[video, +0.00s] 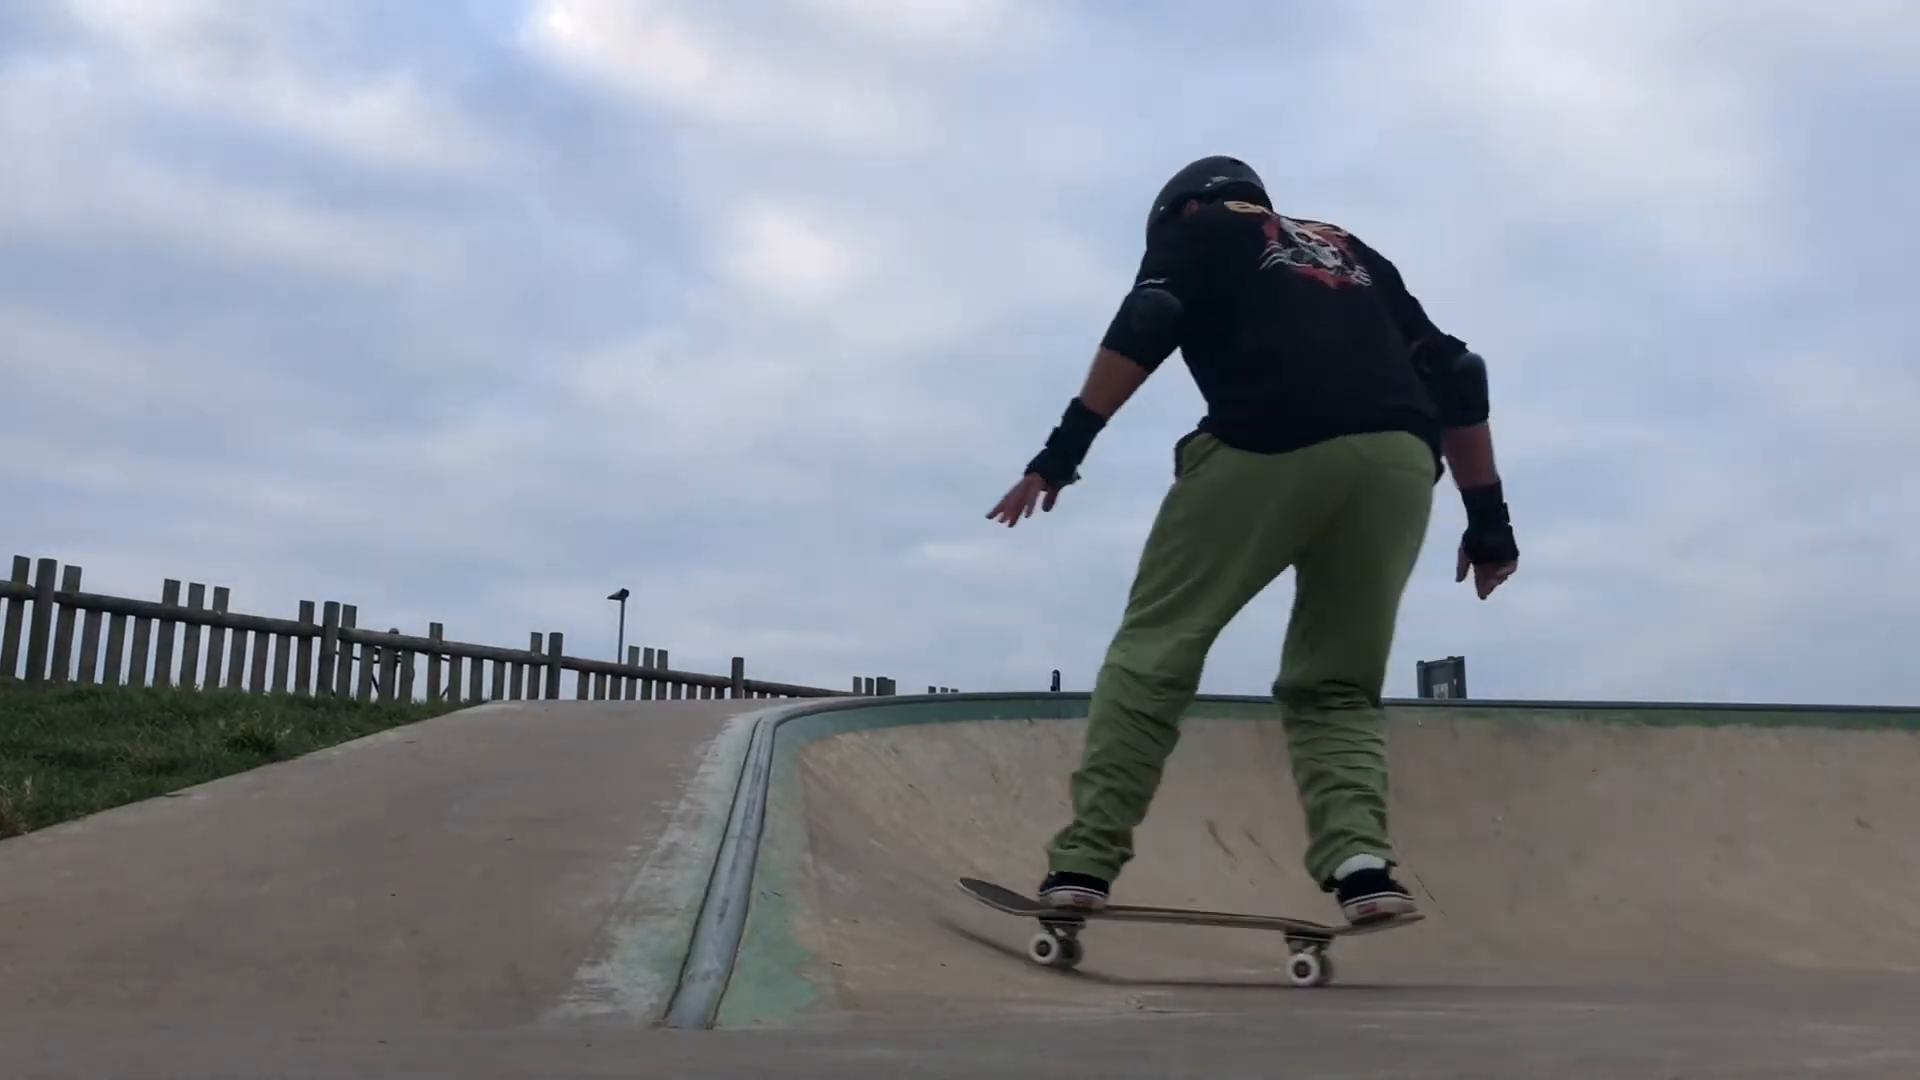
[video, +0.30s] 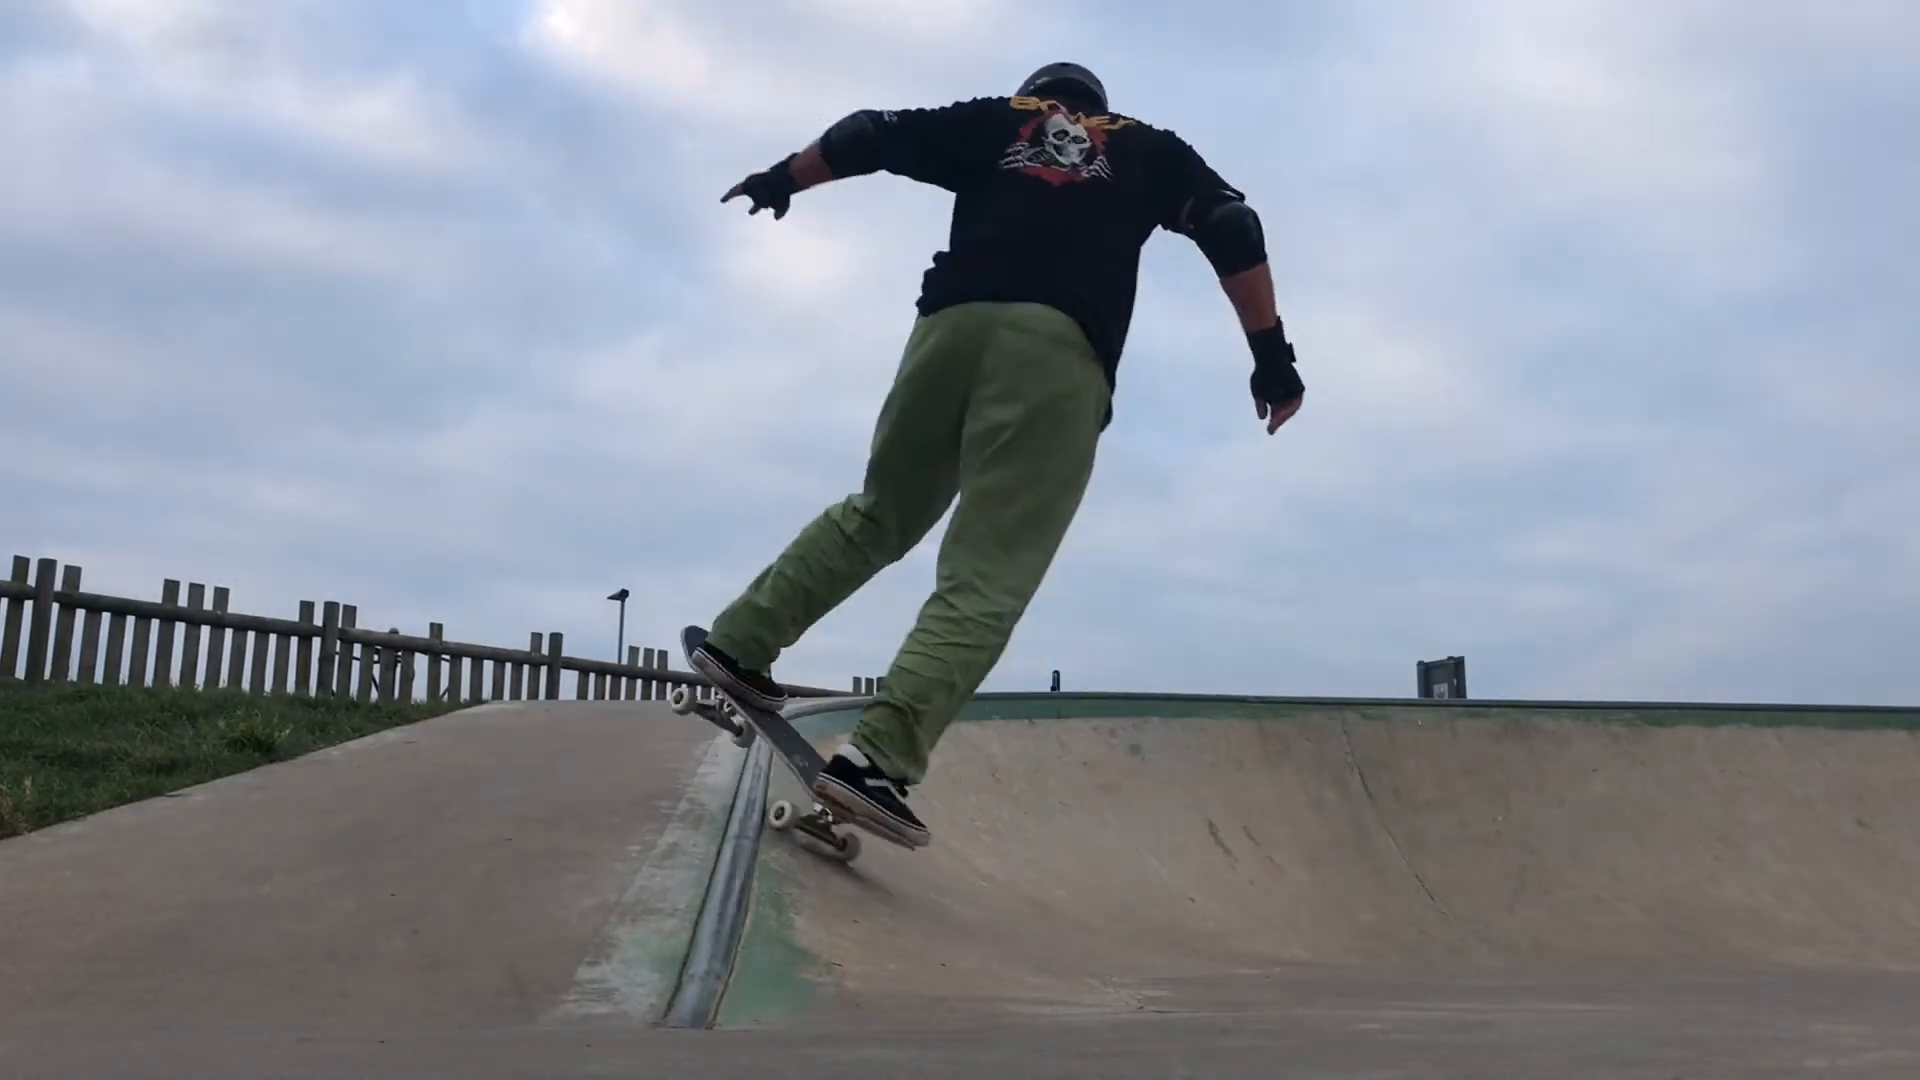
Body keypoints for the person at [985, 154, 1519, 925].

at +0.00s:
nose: (1168, 240)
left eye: (1168, 226)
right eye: (1167, 231)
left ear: (1186, 209)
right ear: (1261, 202)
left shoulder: (1191, 226)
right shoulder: (1349, 248)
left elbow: (1152, 319)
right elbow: (1455, 372)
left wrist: (1066, 445)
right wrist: (1488, 513)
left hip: (1265, 449)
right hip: (1396, 455)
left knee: (1154, 656)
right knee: (1338, 687)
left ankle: (1082, 867)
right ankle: (1360, 863)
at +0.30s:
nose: (1027, 116)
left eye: (1027, 104)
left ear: (1028, 98)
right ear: (1102, 110)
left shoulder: (989, 119)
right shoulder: (1149, 148)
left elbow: (871, 135)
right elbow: (1232, 226)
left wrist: (783, 178)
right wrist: (1270, 351)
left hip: (951, 322)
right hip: (1060, 345)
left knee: (881, 513)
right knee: (986, 580)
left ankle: (738, 644)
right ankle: (877, 760)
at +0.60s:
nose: (1040, 143)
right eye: (1033, 133)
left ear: (951, 119)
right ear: (1014, 124)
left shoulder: (879, 156)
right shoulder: (1012, 135)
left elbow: (762, 212)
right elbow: (1099, 171)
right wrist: (1190, 257)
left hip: (819, 338)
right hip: (907, 329)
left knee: (837, 545)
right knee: (927, 555)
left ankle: (771, 701)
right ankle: (810, 711)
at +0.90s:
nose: (1070, 201)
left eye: (1081, 196)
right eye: (1080, 184)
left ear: (1061, 155)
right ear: (1066, 139)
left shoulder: (1001, 190)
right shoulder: (1016, 123)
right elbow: (944, 77)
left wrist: (1001, 408)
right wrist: (1031, 53)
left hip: (838, 327)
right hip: (900, 328)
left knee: (850, 546)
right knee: (928, 543)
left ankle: (784, 703)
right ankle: (809, 709)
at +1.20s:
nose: (1240, 212)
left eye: (1253, 202)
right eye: (1246, 191)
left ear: (1216, 173)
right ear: (1212, 155)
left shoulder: (1148, 239)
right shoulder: (1139, 153)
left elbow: (1066, 324)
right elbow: (1217, 114)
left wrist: (1076, 411)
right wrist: (1331, 171)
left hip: (1043, 418)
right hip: (981, 370)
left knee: (1059, 633)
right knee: (1004, 541)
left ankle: (1002, 834)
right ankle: (806, 674)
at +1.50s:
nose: (1474, 320)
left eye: (1484, 306)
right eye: (1477, 296)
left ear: (1433, 271)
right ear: (1434, 260)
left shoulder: (1375, 392)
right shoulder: (1321, 257)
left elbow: (1357, 511)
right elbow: (1220, 210)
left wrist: (1449, 549)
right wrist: (1159, 165)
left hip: (1244, 516)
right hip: (1208, 502)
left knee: (1352, 709)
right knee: (1343, 703)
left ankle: (1205, 853)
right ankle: (1277, 928)